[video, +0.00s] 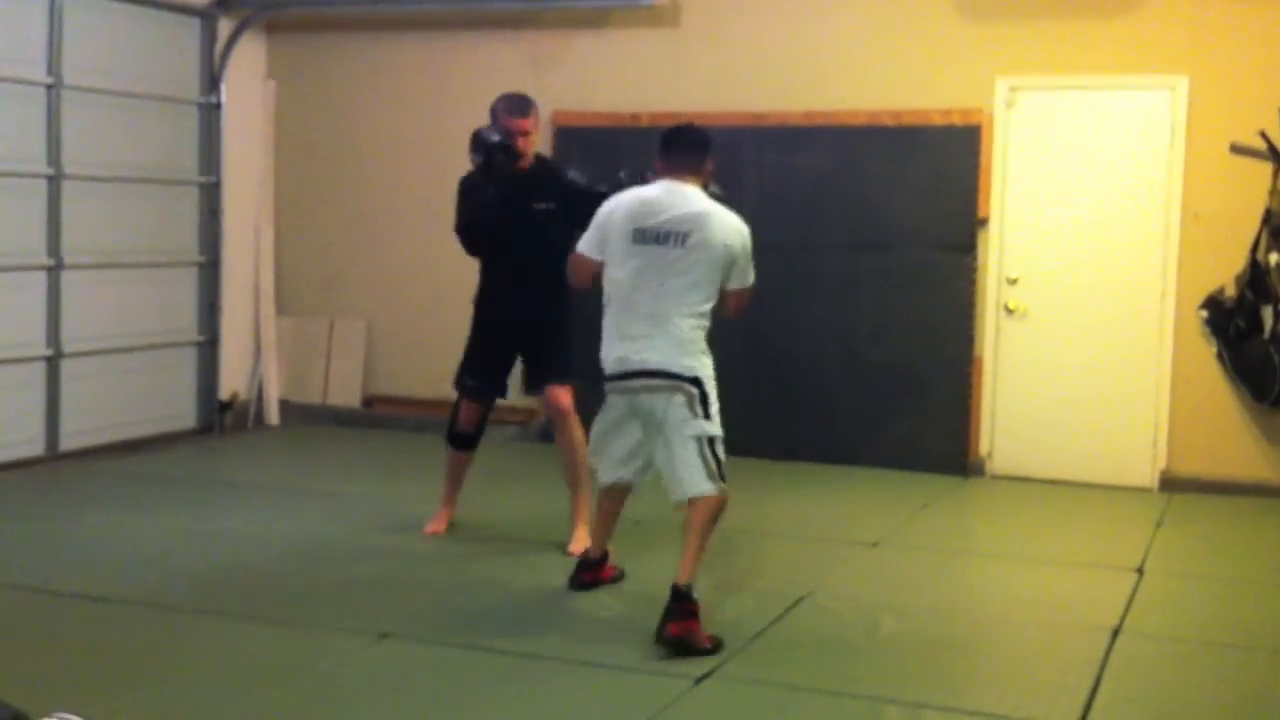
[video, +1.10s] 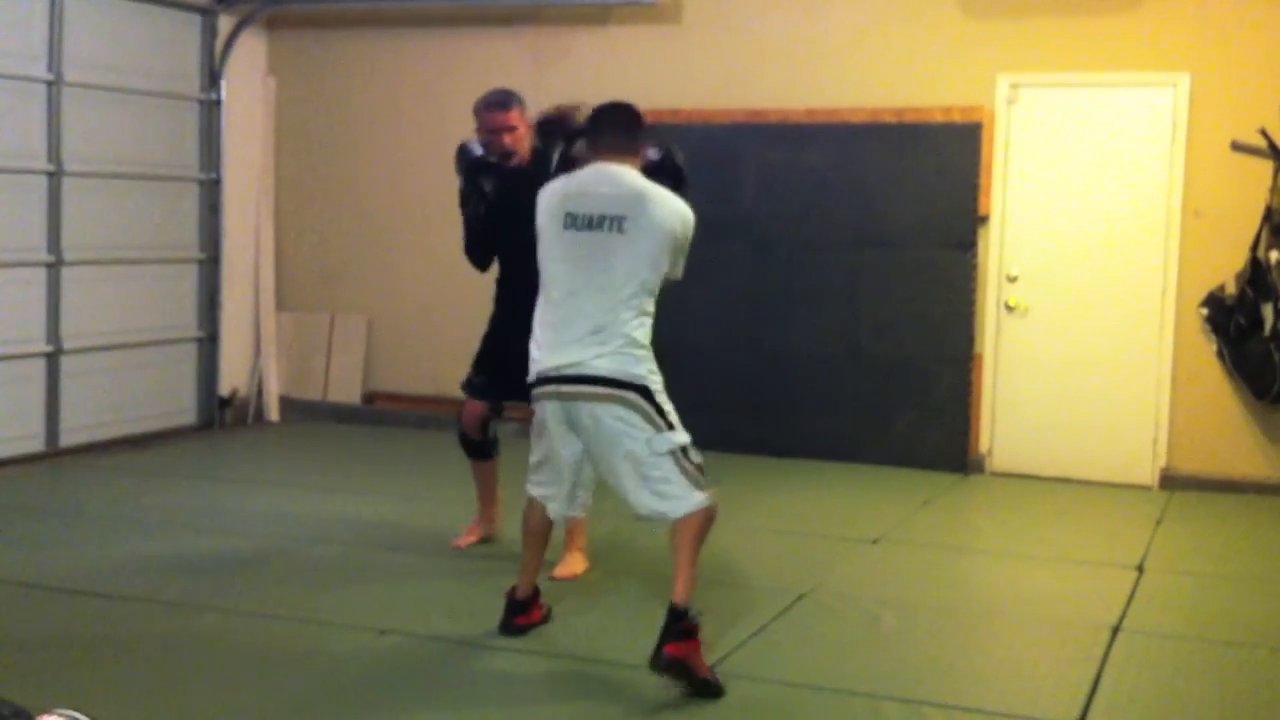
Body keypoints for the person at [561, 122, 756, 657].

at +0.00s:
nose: (706, 175)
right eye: (709, 168)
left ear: (658, 163)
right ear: (706, 169)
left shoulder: (618, 207)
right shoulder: (728, 226)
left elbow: (581, 274)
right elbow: (734, 305)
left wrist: (632, 273)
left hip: (622, 365)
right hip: (683, 368)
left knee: (616, 469)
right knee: (708, 487)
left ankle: (593, 560)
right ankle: (681, 604)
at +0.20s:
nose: (702, 158)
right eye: (706, 151)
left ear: (654, 144)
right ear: (705, 152)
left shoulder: (608, 185)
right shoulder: (722, 218)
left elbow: (590, 250)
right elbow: (713, 285)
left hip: (594, 353)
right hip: (663, 362)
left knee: (595, 455)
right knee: (687, 483)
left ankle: (575, 559)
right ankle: (679, 608)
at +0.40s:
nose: (675, 168)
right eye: (675, 161)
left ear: (620, 158)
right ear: (670, 163)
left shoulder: (586, 208)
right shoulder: (695, 219)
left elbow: (589, 280)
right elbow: (696, 305)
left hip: (570, 367)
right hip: (637, 376)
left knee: (569, 485)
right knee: (724, 483)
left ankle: (536, 589)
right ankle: (694, 598)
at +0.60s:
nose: (671, 167)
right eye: (678, 158)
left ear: (626, 153)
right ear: (681, 161)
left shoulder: (577, 204)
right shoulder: (701, 223)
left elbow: (546, 287)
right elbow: (692, 305)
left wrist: (607, 279)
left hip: (574, 368)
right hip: (643, 371)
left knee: (565, 488)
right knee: (659, 508)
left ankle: (536, 588)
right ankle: (660, 653)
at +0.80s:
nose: (601, 153)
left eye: (595, 143)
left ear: (597, 144)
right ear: (652, 141)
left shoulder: (569, 203)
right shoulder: (696, 204)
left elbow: (563, 277)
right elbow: (690, 282)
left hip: (581, 365)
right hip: (651, 370)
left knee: (557, 485)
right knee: (666, 504)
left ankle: (525, 597)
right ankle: (667, 652)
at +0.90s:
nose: (570, 159)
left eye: (567, 151)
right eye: (570, 151)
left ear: (574, 149)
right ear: (630, 137)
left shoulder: (558, 210)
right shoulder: (682, 191)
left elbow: (577, 278)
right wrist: (649, 164)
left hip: (575, 367)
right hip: (646, 369)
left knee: (556, 485)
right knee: (684, 502)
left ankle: (526, 598)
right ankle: (673, 646)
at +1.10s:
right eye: (639, 141)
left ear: (586, 144)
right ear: (643, 146)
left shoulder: (550, 198)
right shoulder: (672, 211)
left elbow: (566, 264)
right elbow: (663, 278)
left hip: (550, 371)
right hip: (622, 374)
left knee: (546, 490)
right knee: (695, 501)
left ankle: (522, 600)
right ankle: (678, 630)